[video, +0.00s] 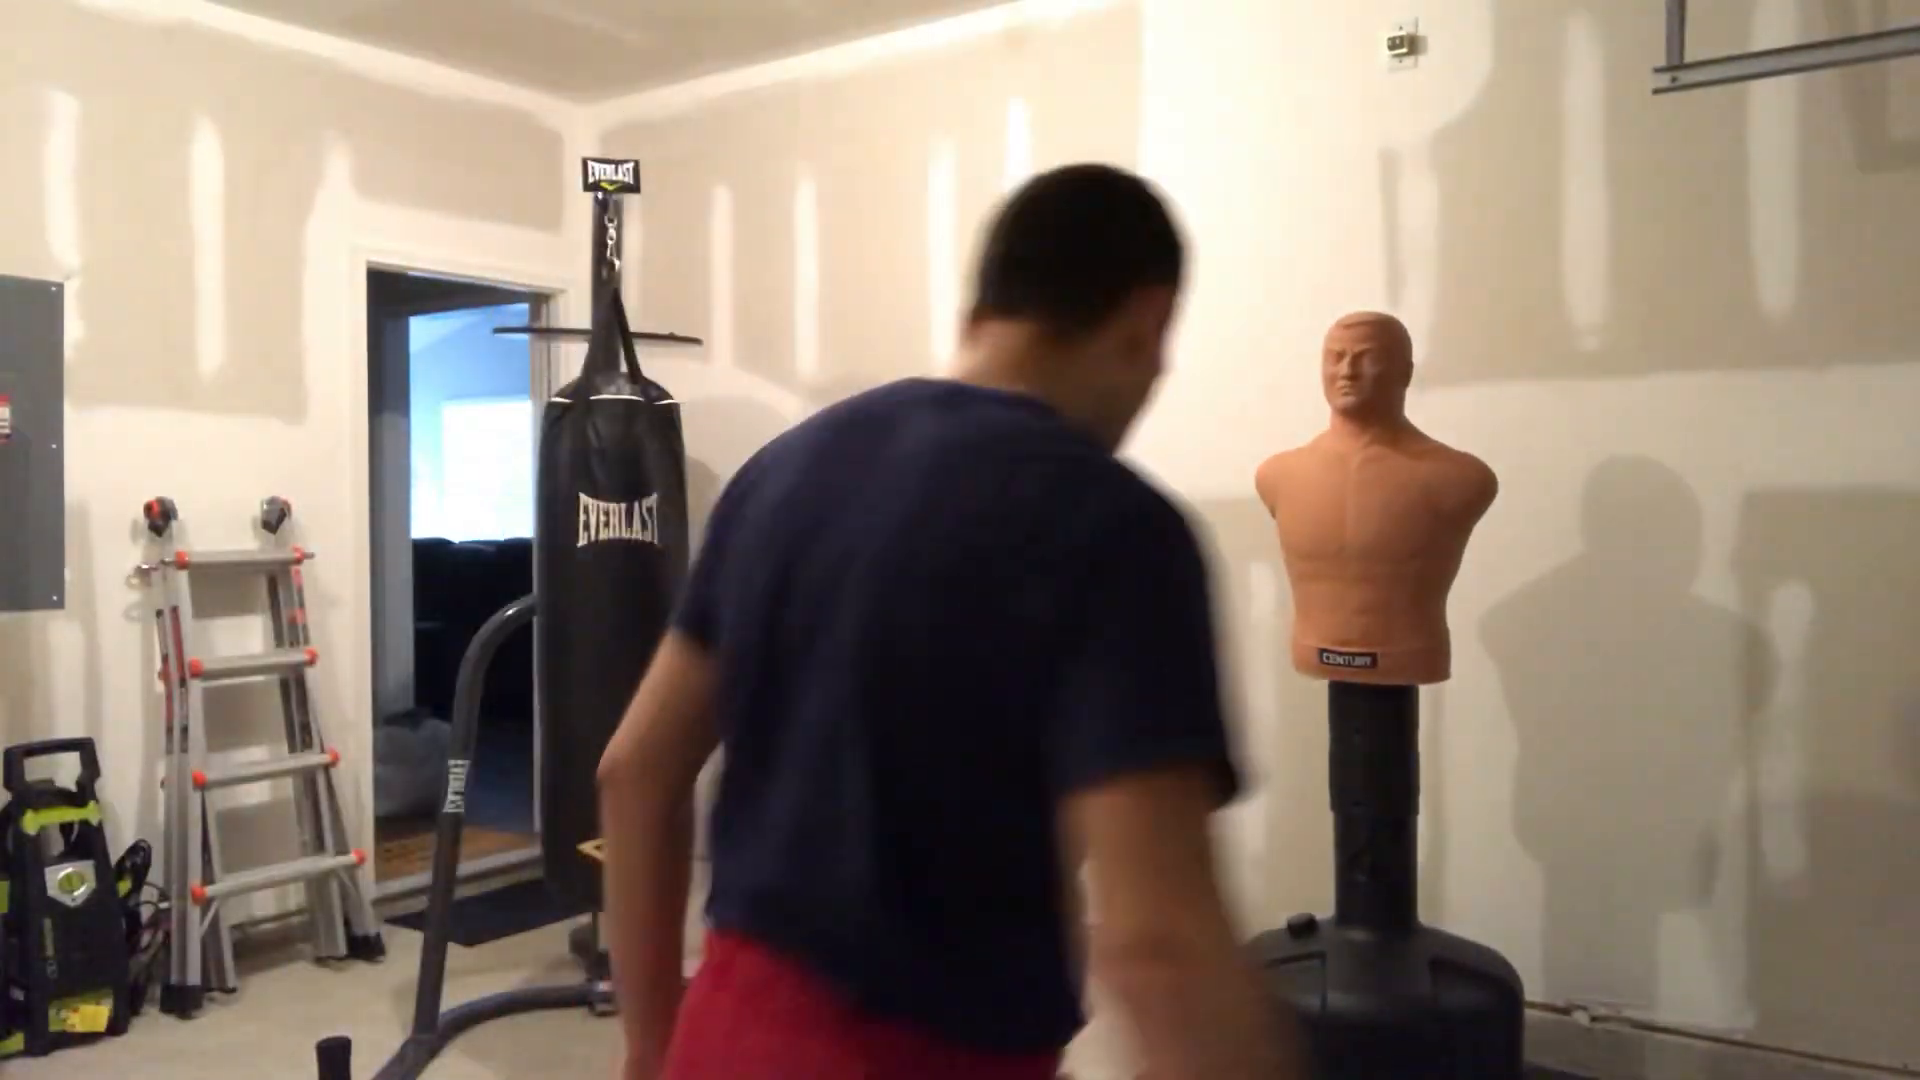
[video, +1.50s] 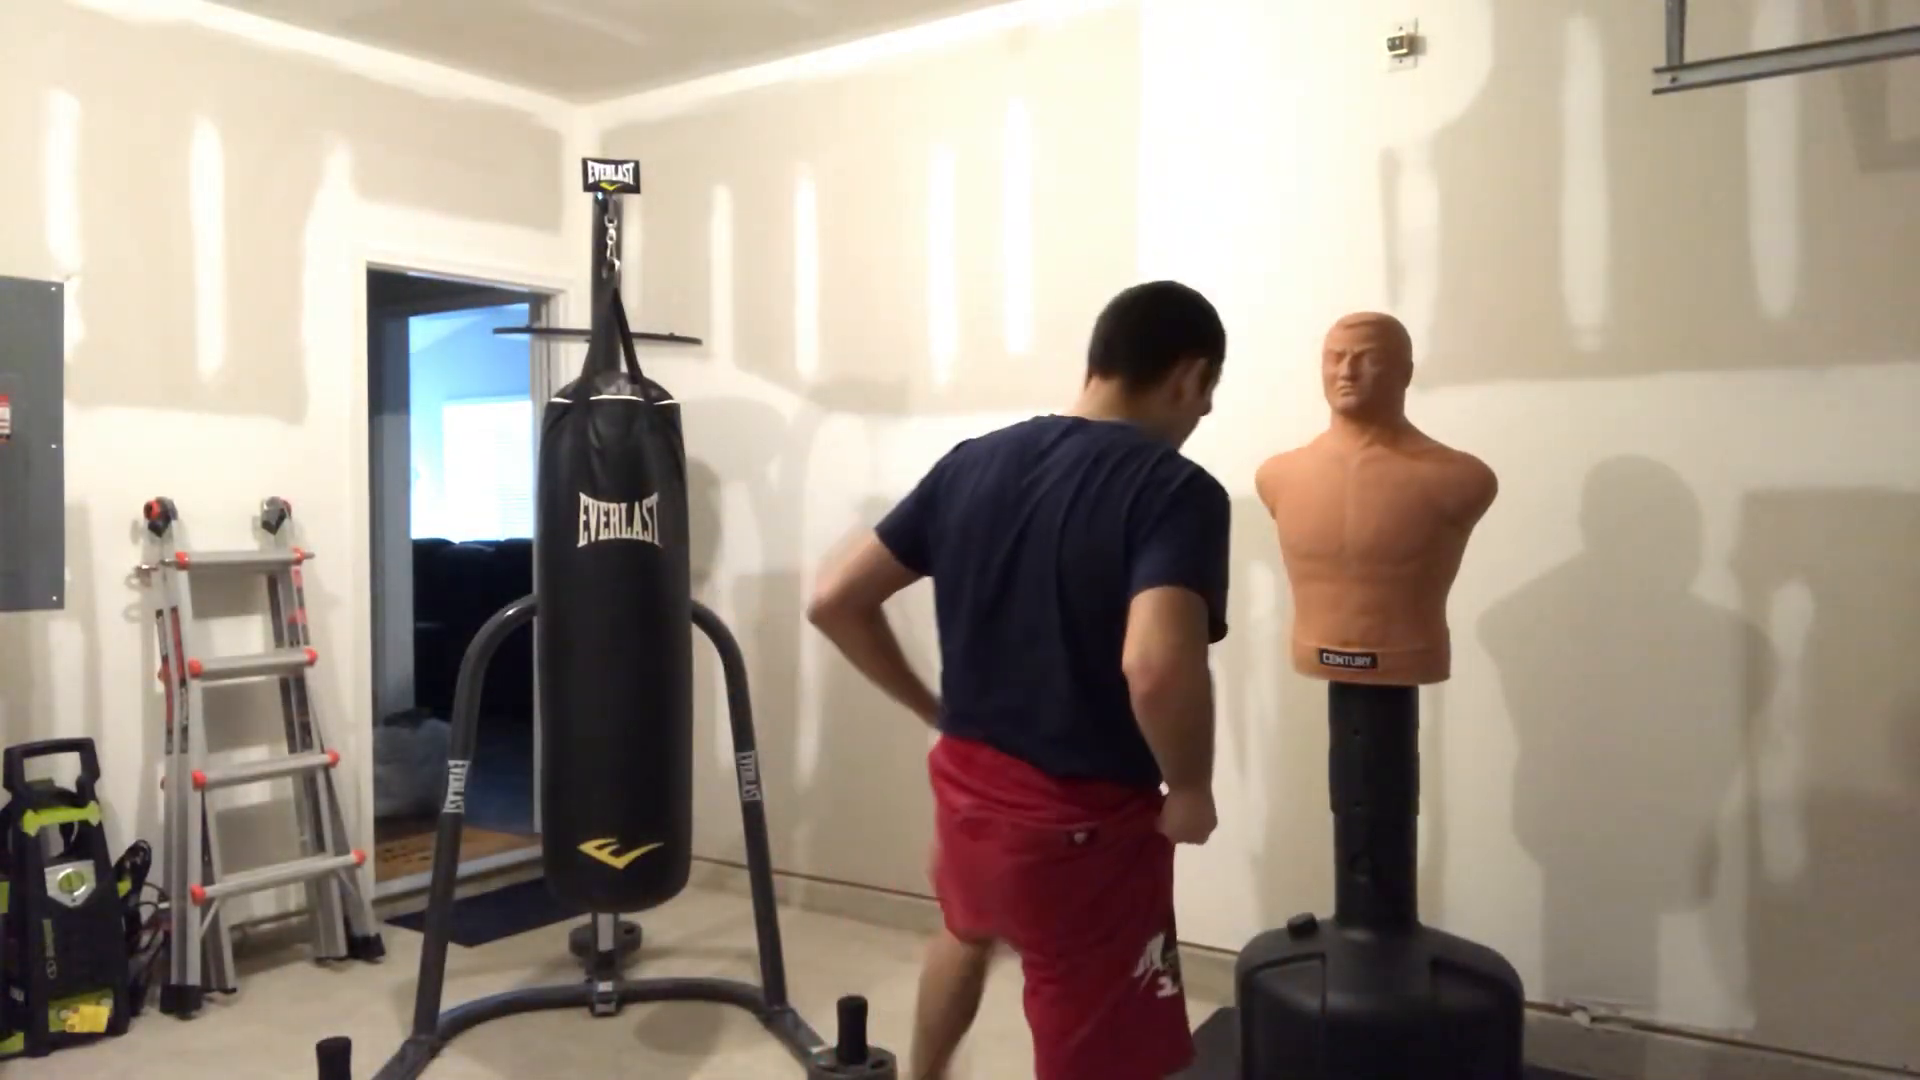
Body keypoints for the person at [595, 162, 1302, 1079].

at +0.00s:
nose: (1158, 371)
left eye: (1164, 345)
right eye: (1165, 339)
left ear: (983, 304)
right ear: (1146, 324)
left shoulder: (791, 468)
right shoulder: (1111, 526)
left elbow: (638, 770)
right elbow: (1155, 944)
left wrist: (650, 1043)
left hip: (736, 1015)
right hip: (958, 1041)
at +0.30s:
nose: (1207, 354)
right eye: (1215, 328)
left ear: (1032, 317)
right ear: (1205, 319)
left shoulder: (883, 443)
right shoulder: (1248, 505)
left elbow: (680, 687)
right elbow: (1353, 845)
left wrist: (802, 863)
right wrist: (1406, 1032)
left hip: (860, 957)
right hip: (1083, 988)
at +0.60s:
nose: (1110, 383)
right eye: (1114, 364)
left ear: (965, 364)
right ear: (1108, 361)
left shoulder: (853, 495)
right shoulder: (1173, 508)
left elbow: (711, 726)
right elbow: (1267, 794)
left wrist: (826, 850)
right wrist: (1238, 1011)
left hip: (902, 951)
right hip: (1097, 960)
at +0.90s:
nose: (1053, 383)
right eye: (1054, 363)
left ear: (924, 369)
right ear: (1040, 352)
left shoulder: (830, 481)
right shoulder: (1070, 460)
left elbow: (702, 679)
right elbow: (1110, 655)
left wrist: (834, 785)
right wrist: (1140, 834)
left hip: (879, 870)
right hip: (1030, 876)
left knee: (885, 1062)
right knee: (1091, 1060)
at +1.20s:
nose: (1129, 399)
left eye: (1132, 380)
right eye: (1131, 377)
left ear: (1018, 365)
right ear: (1112, 369)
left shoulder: (913, 477)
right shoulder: (1110, 482)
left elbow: (778, 643)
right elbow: (1091, 650)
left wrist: (888, 743)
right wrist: (1143, 791)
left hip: (911, 855)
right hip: (1042, 872)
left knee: (927, 1070)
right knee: (1101, 1068)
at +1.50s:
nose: (1204, 411)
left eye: (1212, 392)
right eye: (1209, 389)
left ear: (1097, 363)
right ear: (1186, 378)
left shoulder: (979, 461)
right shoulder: (1175, 488)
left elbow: (837, 602)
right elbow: (1157, 666)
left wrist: (935, 710)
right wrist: (1189, 789)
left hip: (966, 801)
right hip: (1082, 839)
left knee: (962, 935)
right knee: (1100, 1063)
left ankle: (921, 1073)